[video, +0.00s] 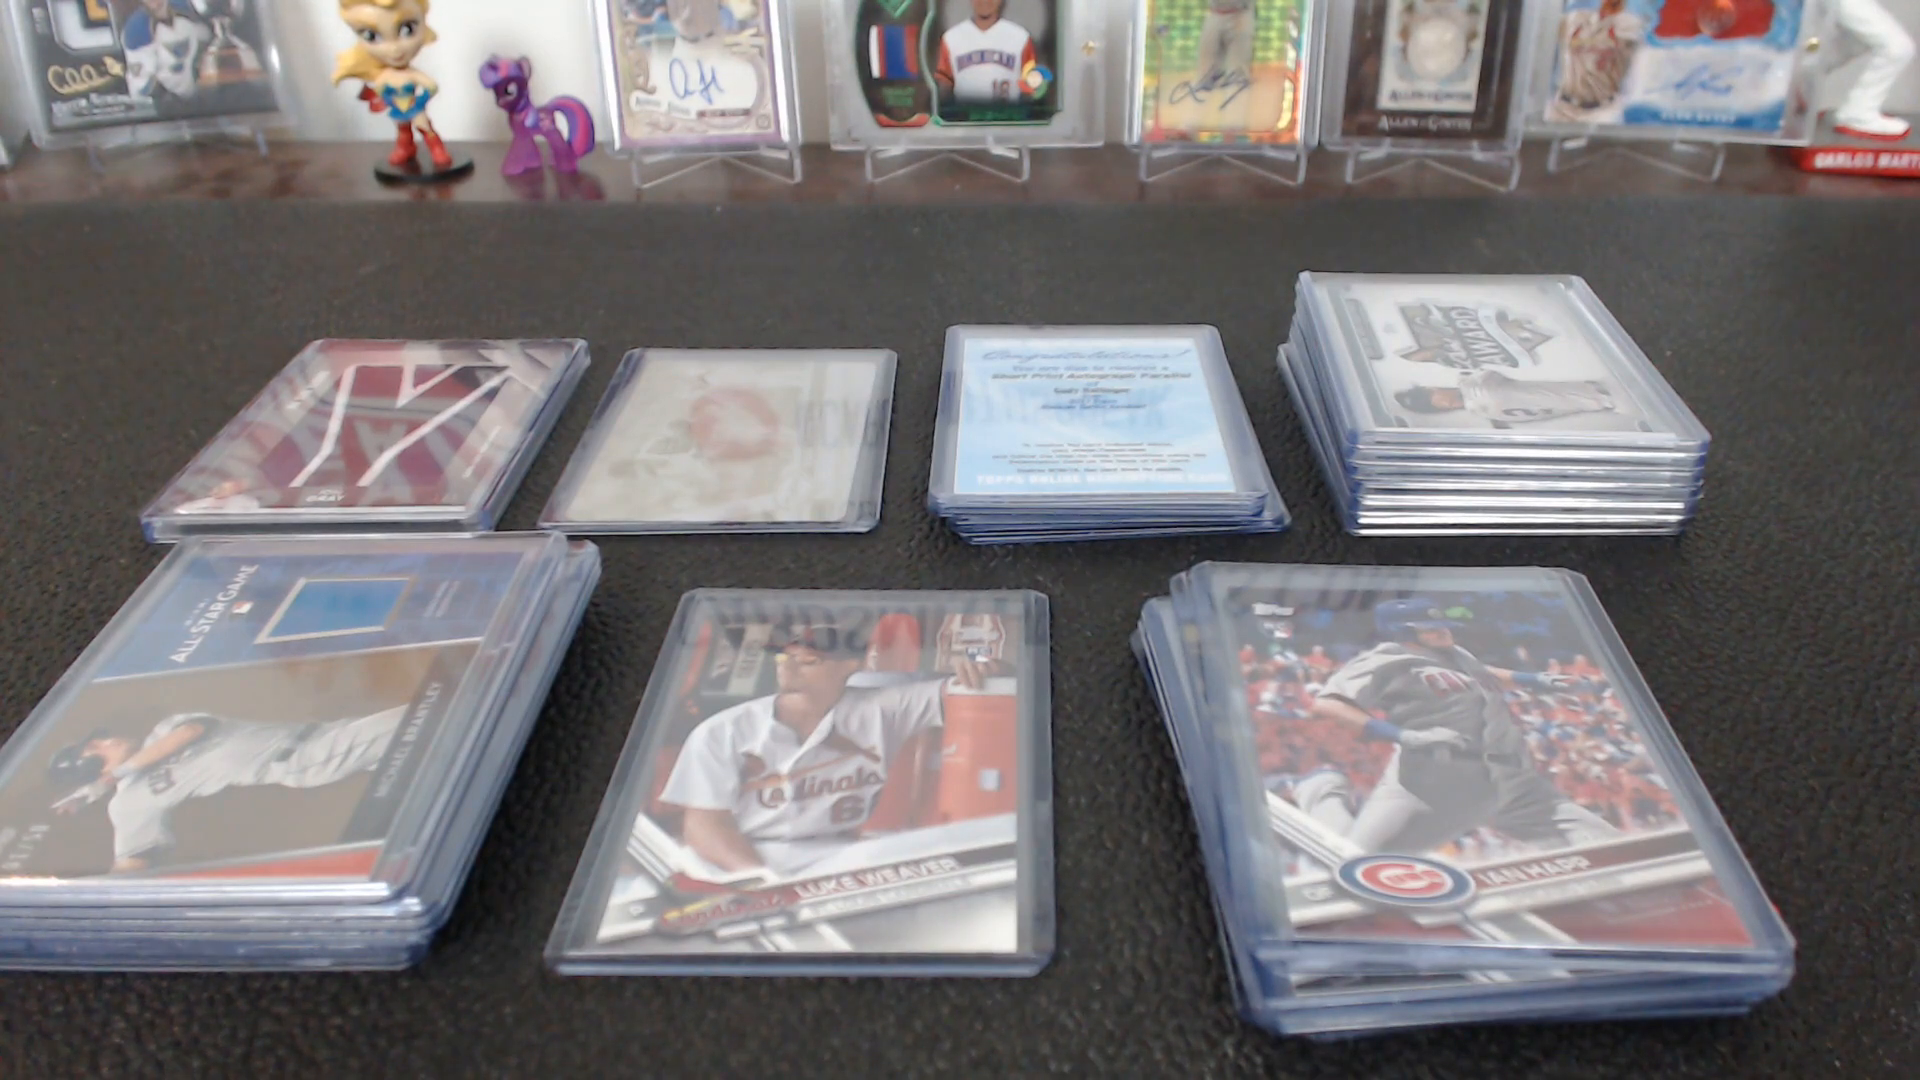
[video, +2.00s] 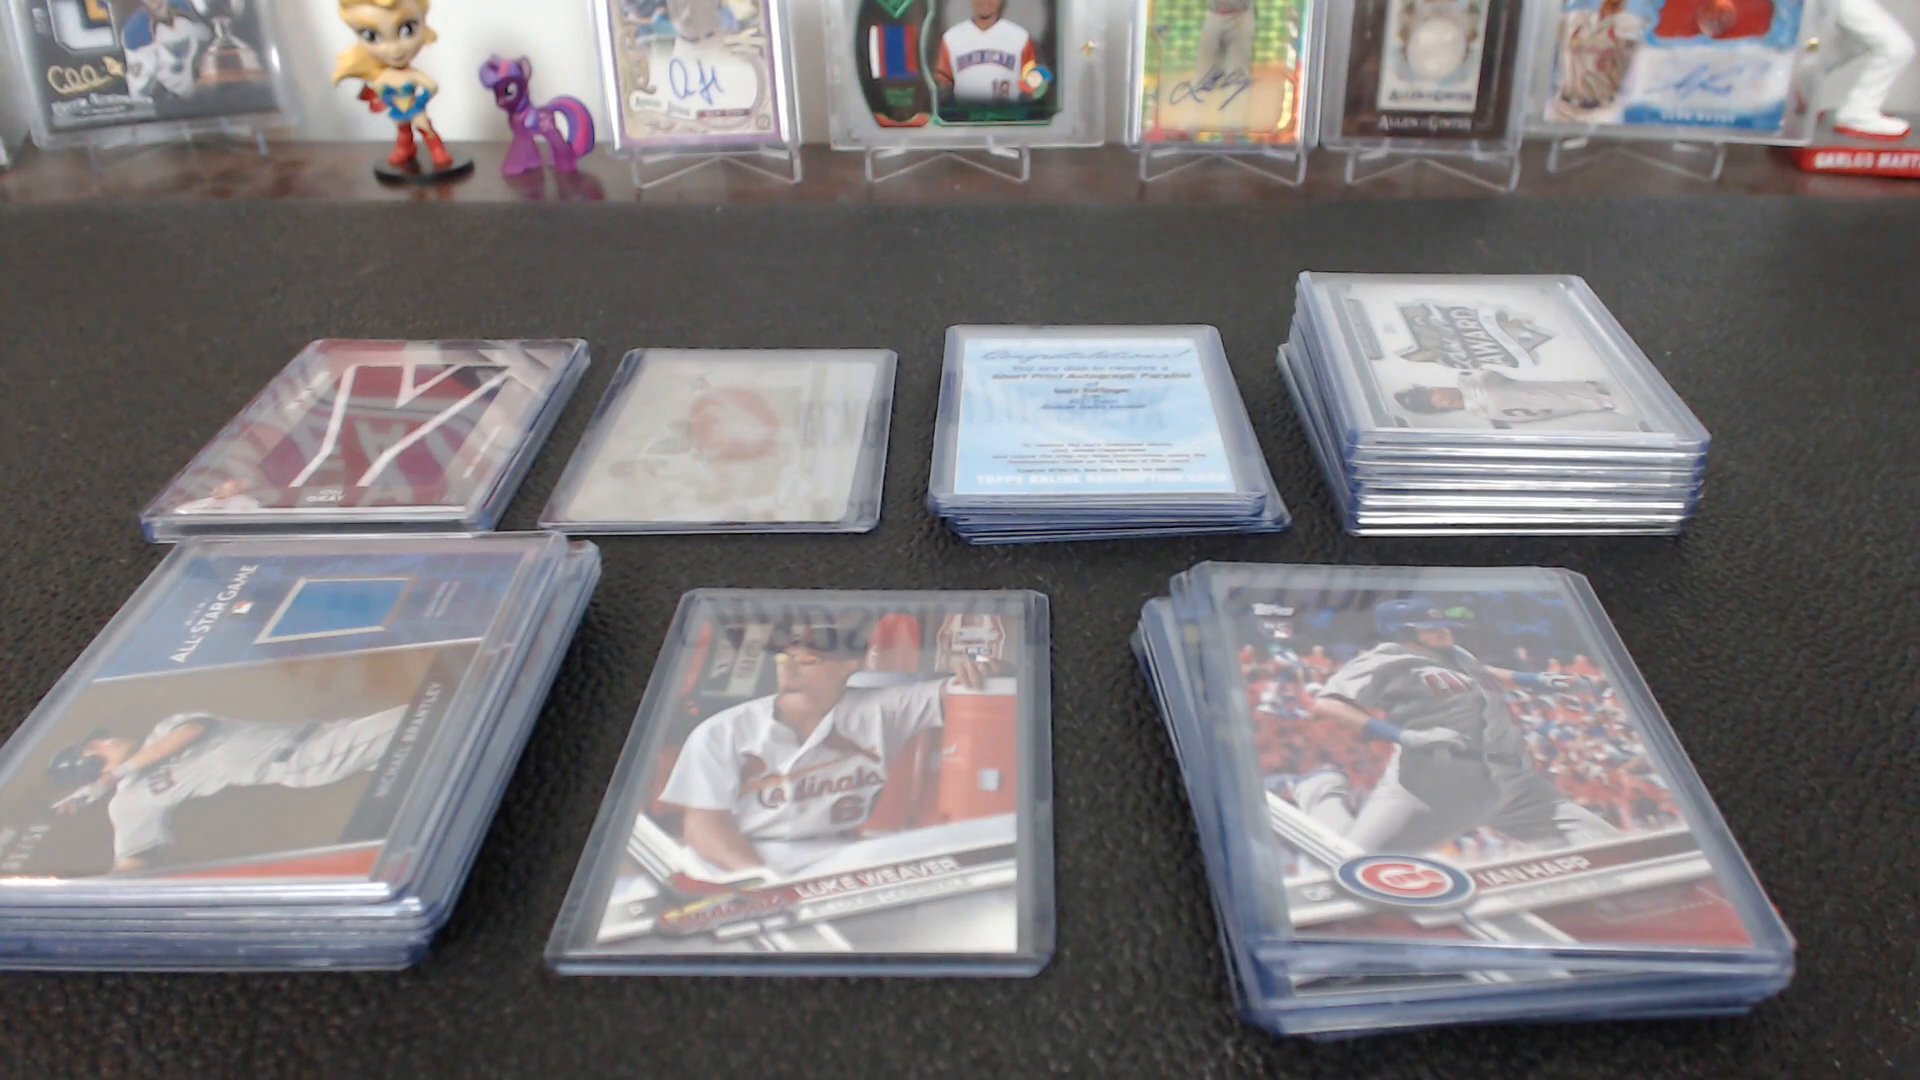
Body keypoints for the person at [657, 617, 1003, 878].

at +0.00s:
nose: (797, 656)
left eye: (818, 648)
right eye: (789, 644)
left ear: (853, 663)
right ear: (776, 655)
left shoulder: (876, 713)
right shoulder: (720, 735)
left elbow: (959, 690)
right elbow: (703, 829)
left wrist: (972, 670)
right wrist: (766, 883)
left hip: (827, 866)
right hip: (729, 870)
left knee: (892, 851)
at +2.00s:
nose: (795, 657)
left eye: (817, 647)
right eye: (787, 645)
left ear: (853, 663)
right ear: (776, 655)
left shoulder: (875, 715)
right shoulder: (720, 735)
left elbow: (954, 691)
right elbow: (703, 828)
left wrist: (973, 672)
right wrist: (767, 883)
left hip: (827, 867)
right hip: (729, 872)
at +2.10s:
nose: (793, 660)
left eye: (815, 651)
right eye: (786, 648)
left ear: (853, 665)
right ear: (775, 658)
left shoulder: (875, 715)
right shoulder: (720, 735)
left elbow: (958, 690)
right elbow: (703, 829)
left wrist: (974, 672)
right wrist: (768, 884)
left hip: (827, 869)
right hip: (728, 873)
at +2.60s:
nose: (792, 660)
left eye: (814, 650)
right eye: (785, 648)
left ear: (853, 664)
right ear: (775, 658)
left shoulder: (875, 714)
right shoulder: (720, 735)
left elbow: (958, 690)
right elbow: (702, 828)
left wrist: (974, 671)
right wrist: (767, 884)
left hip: (827, 867)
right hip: (728, 871)